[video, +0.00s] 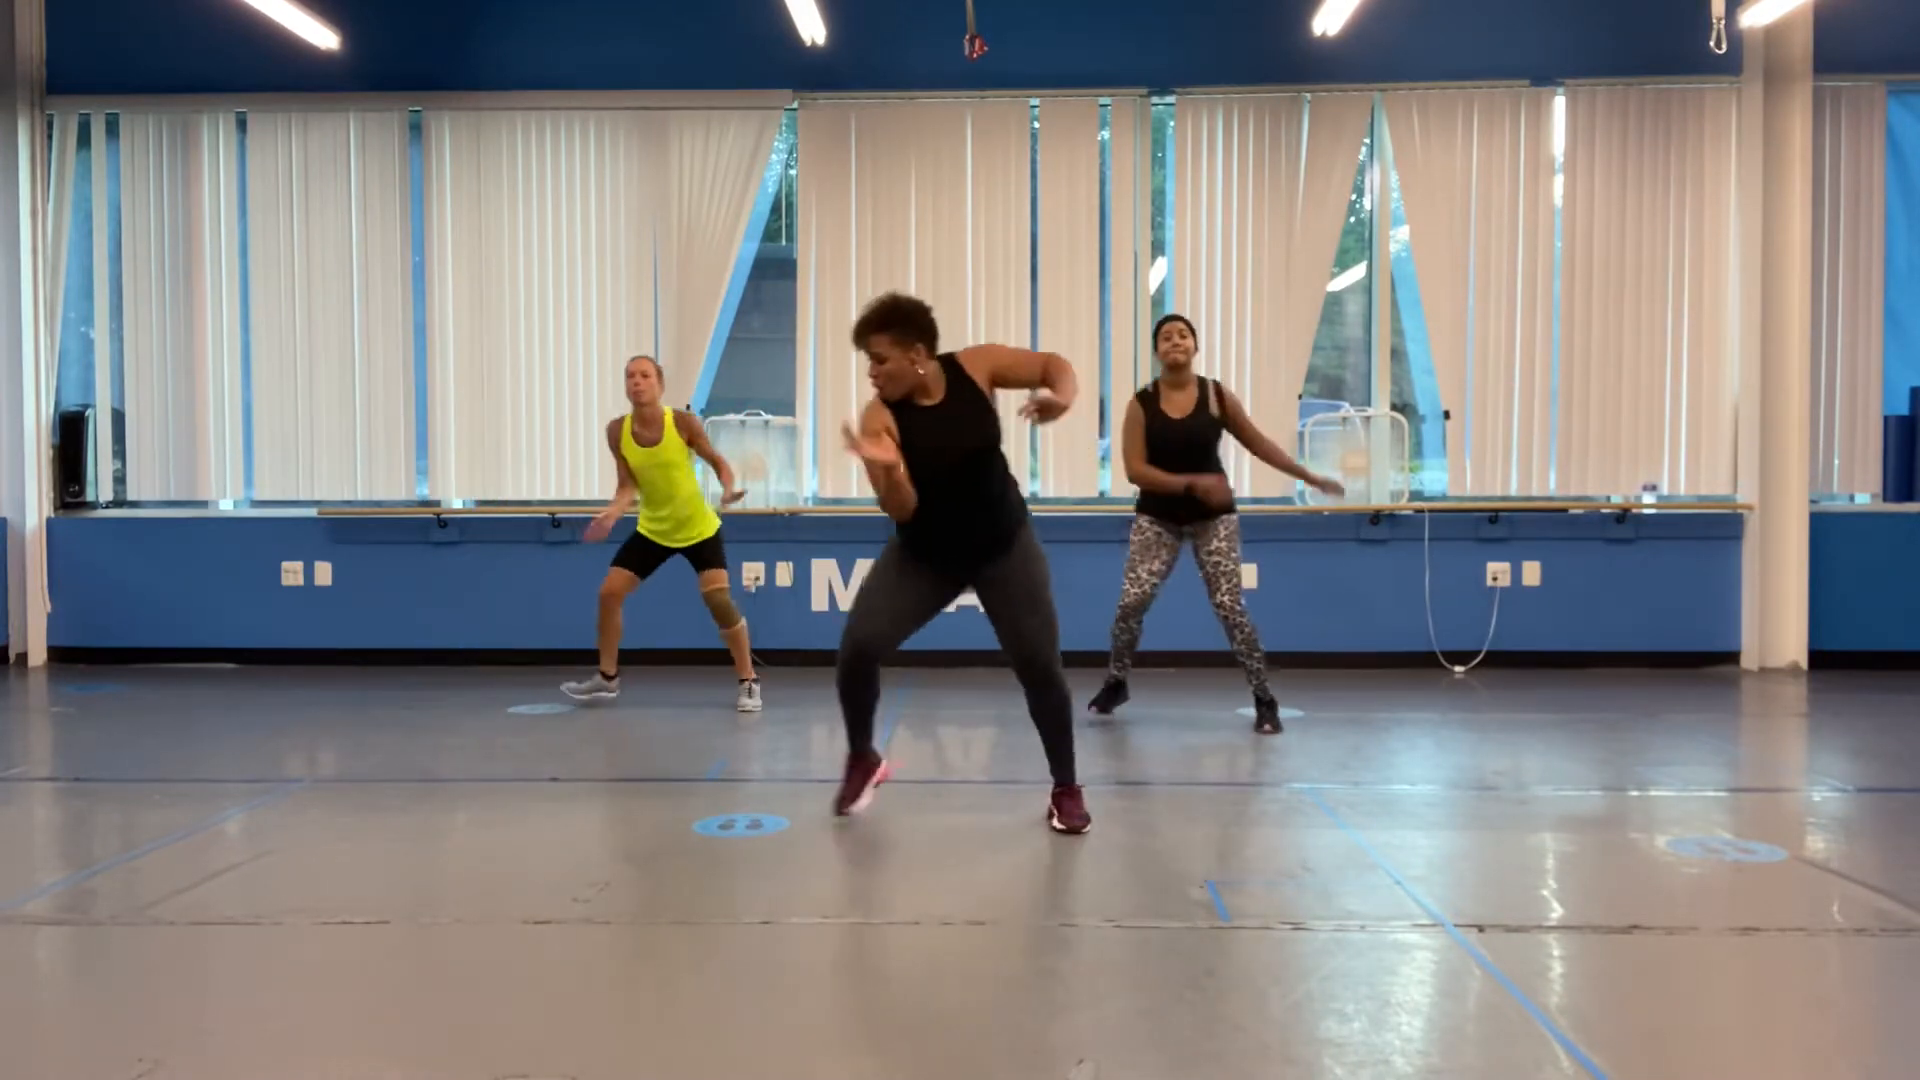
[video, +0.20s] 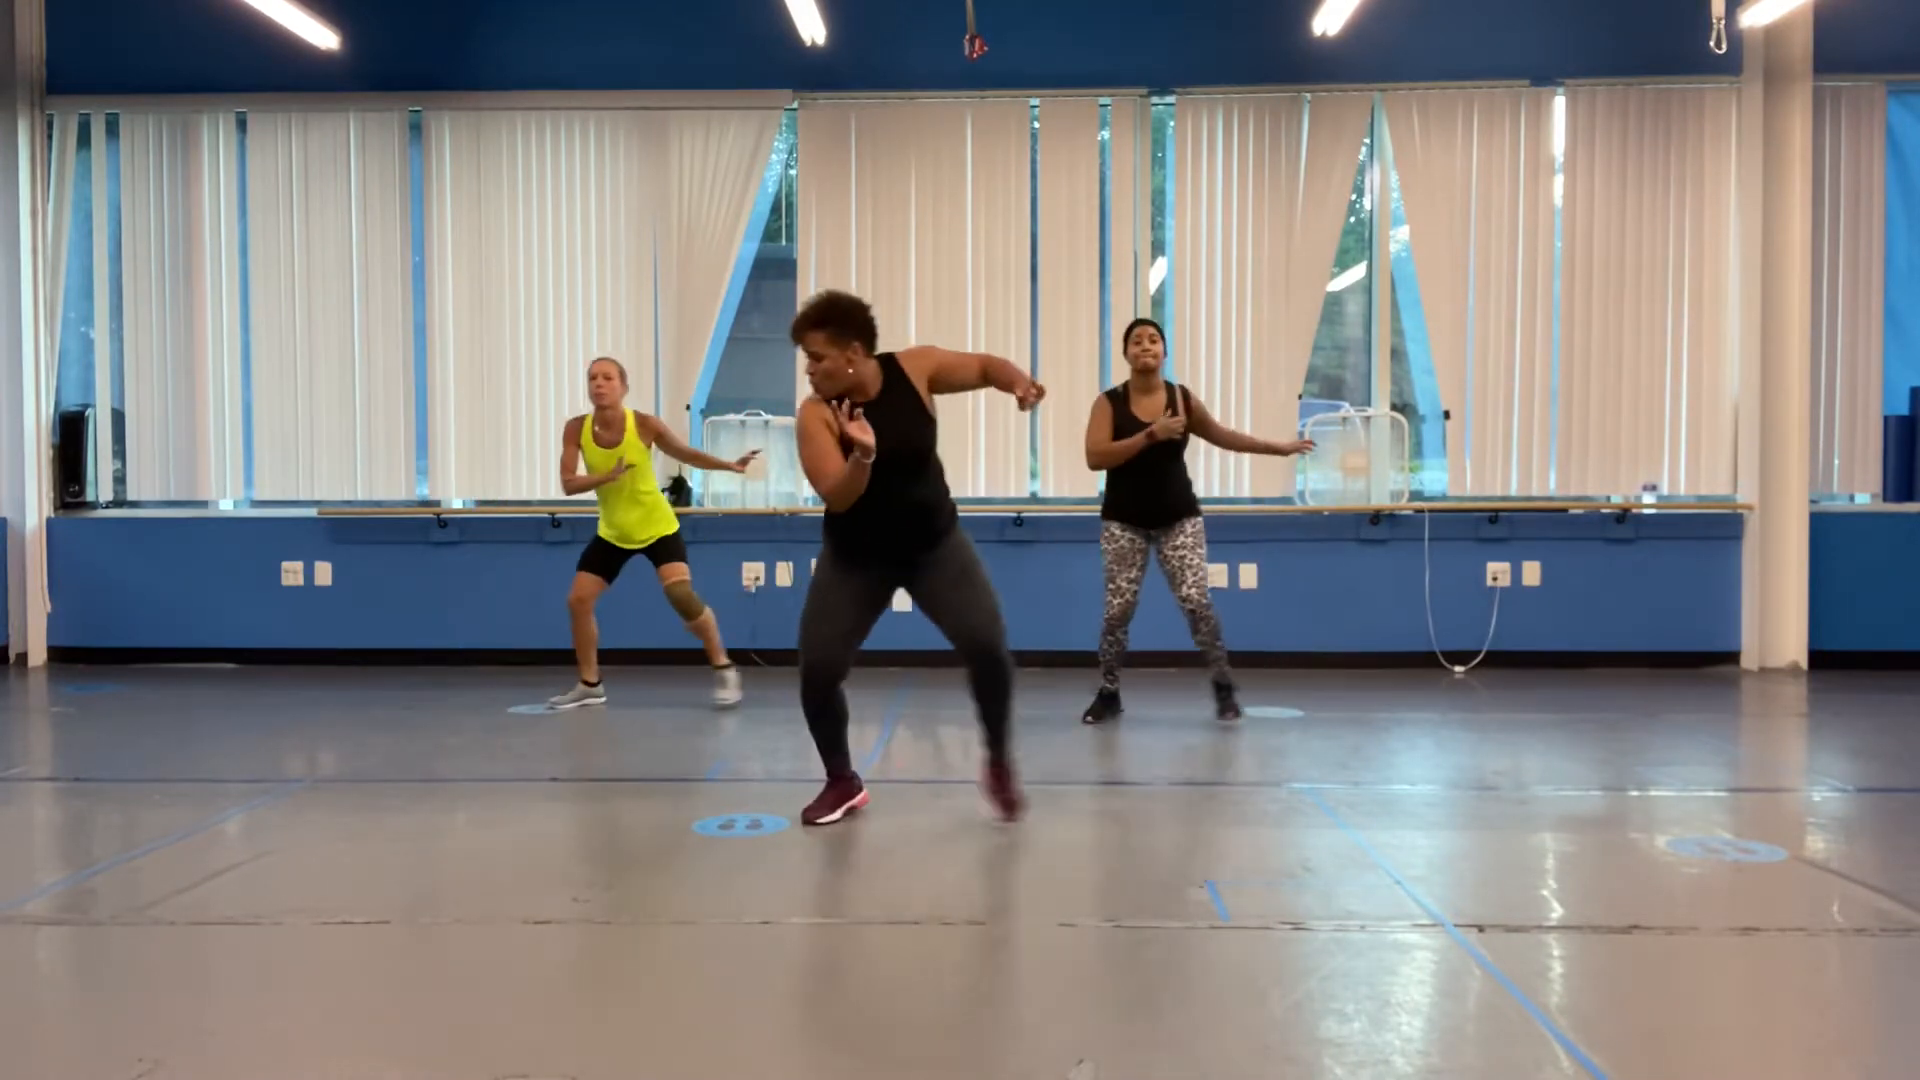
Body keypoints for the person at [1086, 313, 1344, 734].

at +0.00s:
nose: (1175, 342)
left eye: (1182, 336)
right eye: (1166, 338)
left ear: (1195, 346)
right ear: (1156, 351)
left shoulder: (1216, 395)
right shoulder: (1141, 404)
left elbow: (1258, 444)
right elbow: (1134, 471)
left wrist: (1310, 477)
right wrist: (1191, 483)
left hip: (1213, 518)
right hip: (1156, 519)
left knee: (1228, 607)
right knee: (1132, 601)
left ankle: (1264, 700)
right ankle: (1115, 681)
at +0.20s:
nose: (1146, 347)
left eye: (1152, 341)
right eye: (1137, 342)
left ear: (1164, 352)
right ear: (1125, 354)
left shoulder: (1182, 400)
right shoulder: (1108, 402)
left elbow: (1222, 436)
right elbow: (1095, 458)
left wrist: (1280, 448)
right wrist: (1151, 434)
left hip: (1177, 518)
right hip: (1123, 521)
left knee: (1195, 601)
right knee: (1117, 609)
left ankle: (1223, 689)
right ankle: (1107, 693)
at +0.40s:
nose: (1117, 339)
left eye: (1125, 333)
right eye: (1109, 334)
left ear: (1137, 344)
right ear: (1097, 347)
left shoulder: (1159, 389)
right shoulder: (1084, 400)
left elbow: (1206, 421)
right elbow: (1078, 458)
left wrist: (1255, 440)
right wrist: (1132, 434)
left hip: (1161, 515)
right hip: (1106, 516)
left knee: (1172, 604)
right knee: (1081, 600)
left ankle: (1202, 695)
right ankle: (1078, 681)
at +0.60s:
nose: (1086, 353)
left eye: (1094, 348)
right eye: (1078, 348)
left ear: (1105, 360)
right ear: (1066, 360)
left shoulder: (1123, 405)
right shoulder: (1048, 410)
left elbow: (1172, 437)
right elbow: (1033, 469)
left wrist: (1229, 457)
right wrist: (1080, 442)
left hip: (1130, 522)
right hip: (1074, 526)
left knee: (1153, 604)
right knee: (1057, 606)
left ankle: (1196, 679)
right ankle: (1040, 696)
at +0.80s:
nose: (1081, 357)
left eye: (1089, 350)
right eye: (1073, 352)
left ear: (1101, 360)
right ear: (1062, 364)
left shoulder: (1123, 411)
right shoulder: (1046, 418)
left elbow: (1142, 473)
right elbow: (1014, 470)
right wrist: (1000, 515)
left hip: (1122, 522)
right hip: (1068, 525)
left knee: (1146, 608)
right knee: (1055, 608)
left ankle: (1164, 690)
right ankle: (1040, 696)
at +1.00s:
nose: (1107, 345)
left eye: (1113, 338)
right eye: (1098, 342)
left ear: (1127, 346)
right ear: (1089, 354)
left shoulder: (1155, 395)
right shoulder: (1077, 404)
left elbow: (1166, 458)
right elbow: (1043, 452)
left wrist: (1106, 465)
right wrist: (985, 454)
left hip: (1149, 512)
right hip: (1094, 513)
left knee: (1169, 601)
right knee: (1076, 599)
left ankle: (1197, 697)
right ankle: (1037, 692)